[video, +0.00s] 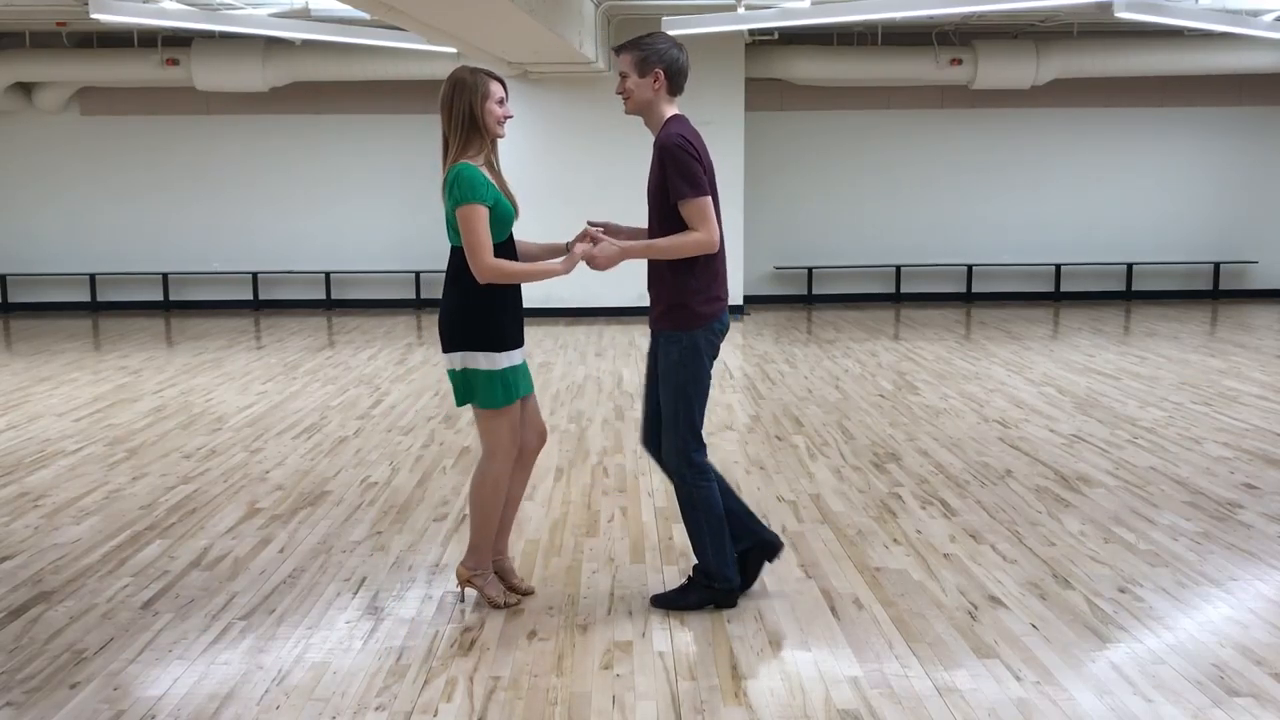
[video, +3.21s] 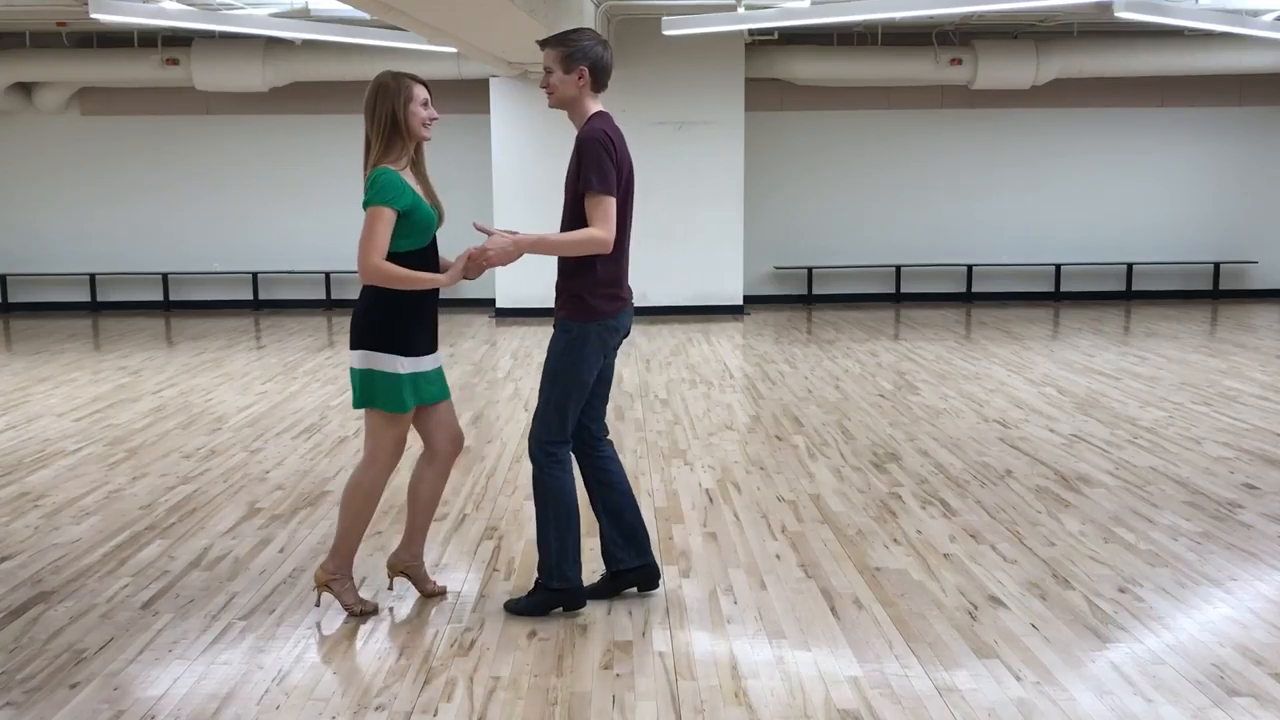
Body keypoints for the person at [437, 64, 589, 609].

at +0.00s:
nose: (507, 111)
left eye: (505, 102)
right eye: (497, 102)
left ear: (489, 109)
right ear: (471, 109)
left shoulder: (484, 172)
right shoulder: (467, 175)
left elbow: (510, 249)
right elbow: (482, 268)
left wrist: (567, 248)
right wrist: (559, 268)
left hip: (499, 327)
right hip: (476, 330)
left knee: (531, 437)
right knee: (500, 447)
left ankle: (497, 553)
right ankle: (475, 563)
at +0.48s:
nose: (471, 113)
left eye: (470, 104)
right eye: (461, 105)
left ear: (454, 112)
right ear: (433, 113)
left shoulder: (447, 175)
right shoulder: (422, 179)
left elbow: (463, 260)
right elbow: (435, 270)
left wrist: (514, 264)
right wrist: (503, 241)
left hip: (443, 332)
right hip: (433, 337)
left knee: (449, 444)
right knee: (489, 439)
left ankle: (418, 552)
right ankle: (448, 559)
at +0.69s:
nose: (455, 113)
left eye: (454, 105)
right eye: (446, 105)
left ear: (437, 113)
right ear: (421, 112)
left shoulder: (430, 173)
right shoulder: (410, 178)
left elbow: (428, 260)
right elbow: (403, 267)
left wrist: (482, 271)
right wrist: (476, 274)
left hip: (441, 329)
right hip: (421, 336)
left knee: (457, 442)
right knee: (438, 453)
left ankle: (419, 554)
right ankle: (369, 561)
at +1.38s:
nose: (461, 111)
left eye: (459, 101)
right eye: (451, 102)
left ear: (436, 110)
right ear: (424, 110)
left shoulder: (434, 172)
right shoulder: (413, 177)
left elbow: (447, 257)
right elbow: (432, 266)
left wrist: (504, 245)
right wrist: (501, 249)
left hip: (417, 331)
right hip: (429, 335)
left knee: (408, 445)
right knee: (473, 440)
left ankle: (385, 556)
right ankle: (450, 562)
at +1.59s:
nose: (475, 111)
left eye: (473, 102)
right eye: (465, 103)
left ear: (458, 112)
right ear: (439, 110)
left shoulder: (450, 174)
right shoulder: (431, 178)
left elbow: (466, 253)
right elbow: (448, 266)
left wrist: (522, 234)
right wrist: (519, 241)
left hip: (458, 325)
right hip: (448, 328)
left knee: (465, 445)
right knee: (473, 443)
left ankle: (403, 550)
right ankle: (455, 565)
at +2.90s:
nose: (450, 113)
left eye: (447, 104)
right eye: (439, 105)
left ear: (428, 113)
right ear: (412, 114)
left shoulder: (426, 176)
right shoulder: (403, 180)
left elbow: (435, 263)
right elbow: (405, 273)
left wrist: (486, 271)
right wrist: (478, 275)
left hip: (430, 332)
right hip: (421, 338)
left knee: (437, 446)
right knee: (465, 445)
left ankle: (411, 560)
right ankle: (405, 550)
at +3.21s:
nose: (432, 113)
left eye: (430, 104)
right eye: (422, 105)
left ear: (409, 114)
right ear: (396, 113)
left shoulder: (410, 177)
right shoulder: (388, 180)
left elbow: (410, 263)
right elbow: (369, 267)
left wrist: (460, 265)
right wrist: (443, 277)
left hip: (414, 334)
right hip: (386, 336)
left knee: (446, 442)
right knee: (382, 452)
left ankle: (410, 554)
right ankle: (337, 567)